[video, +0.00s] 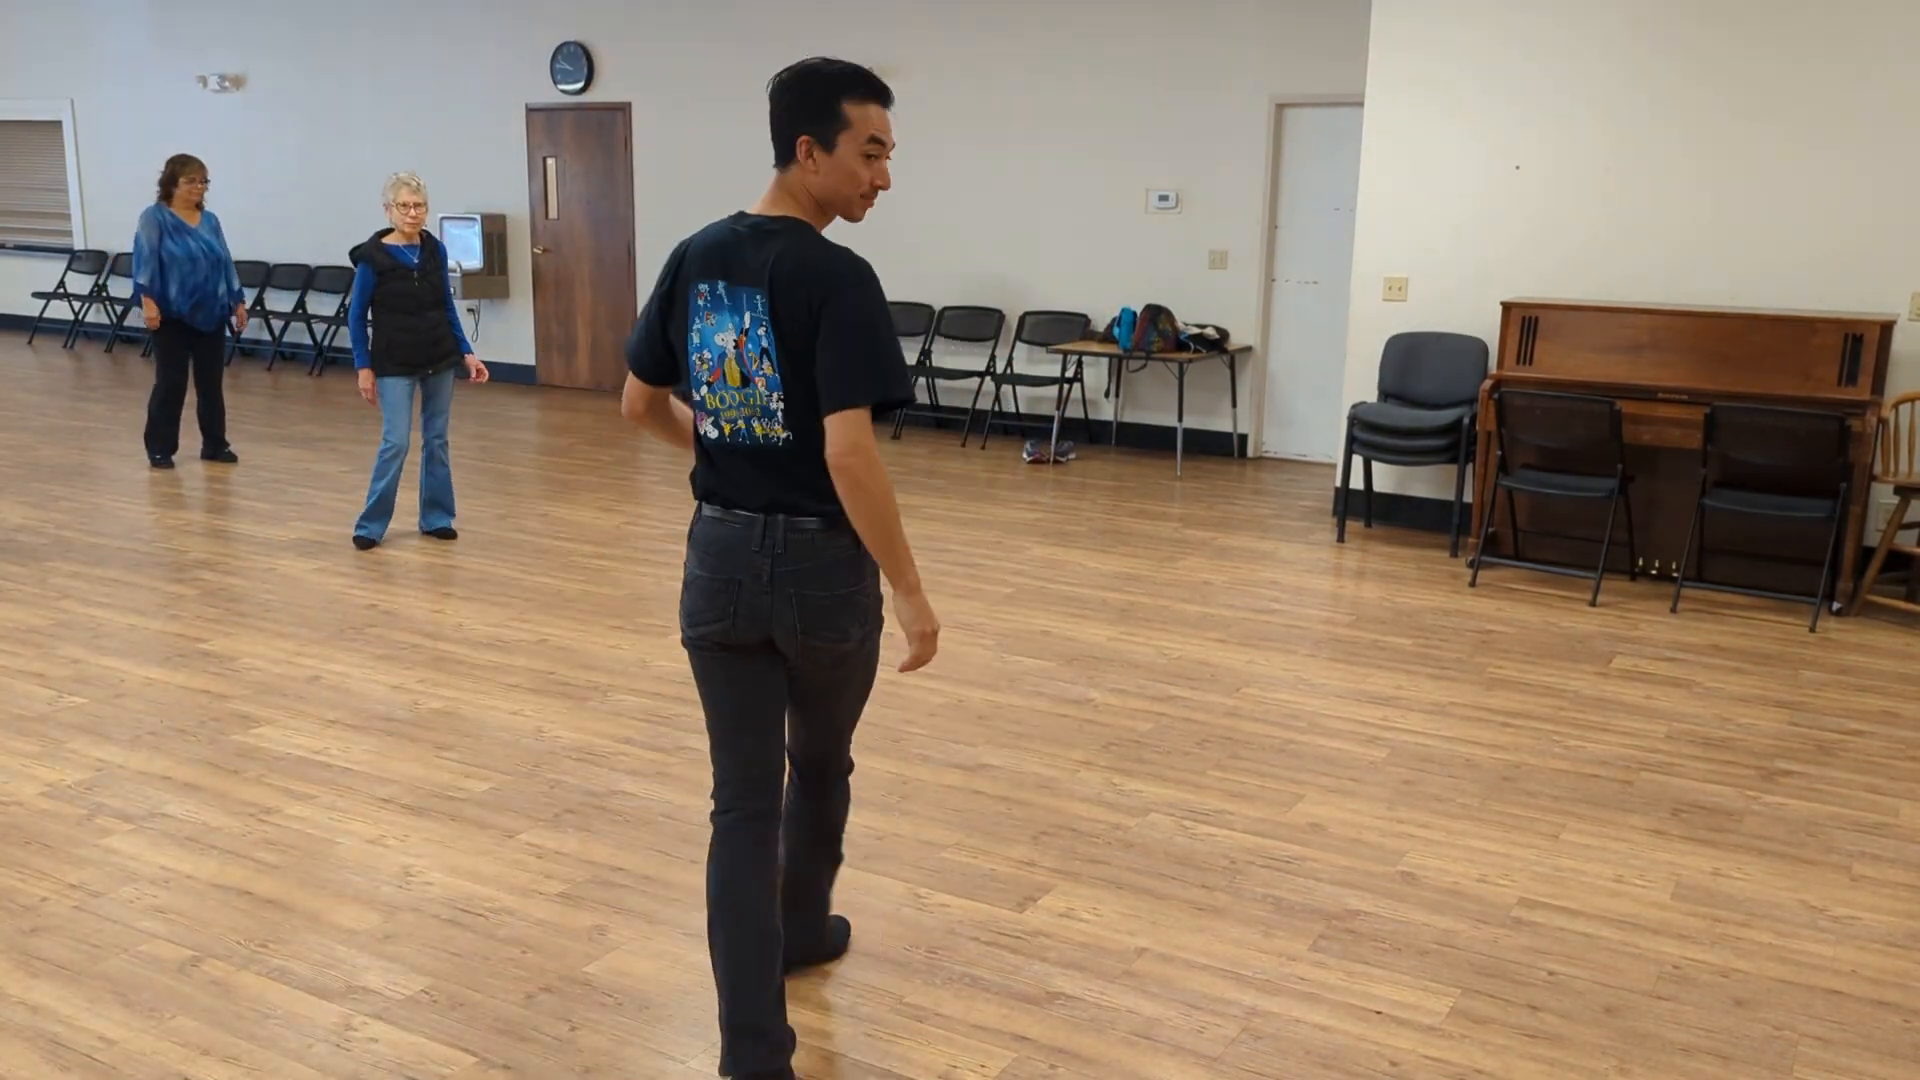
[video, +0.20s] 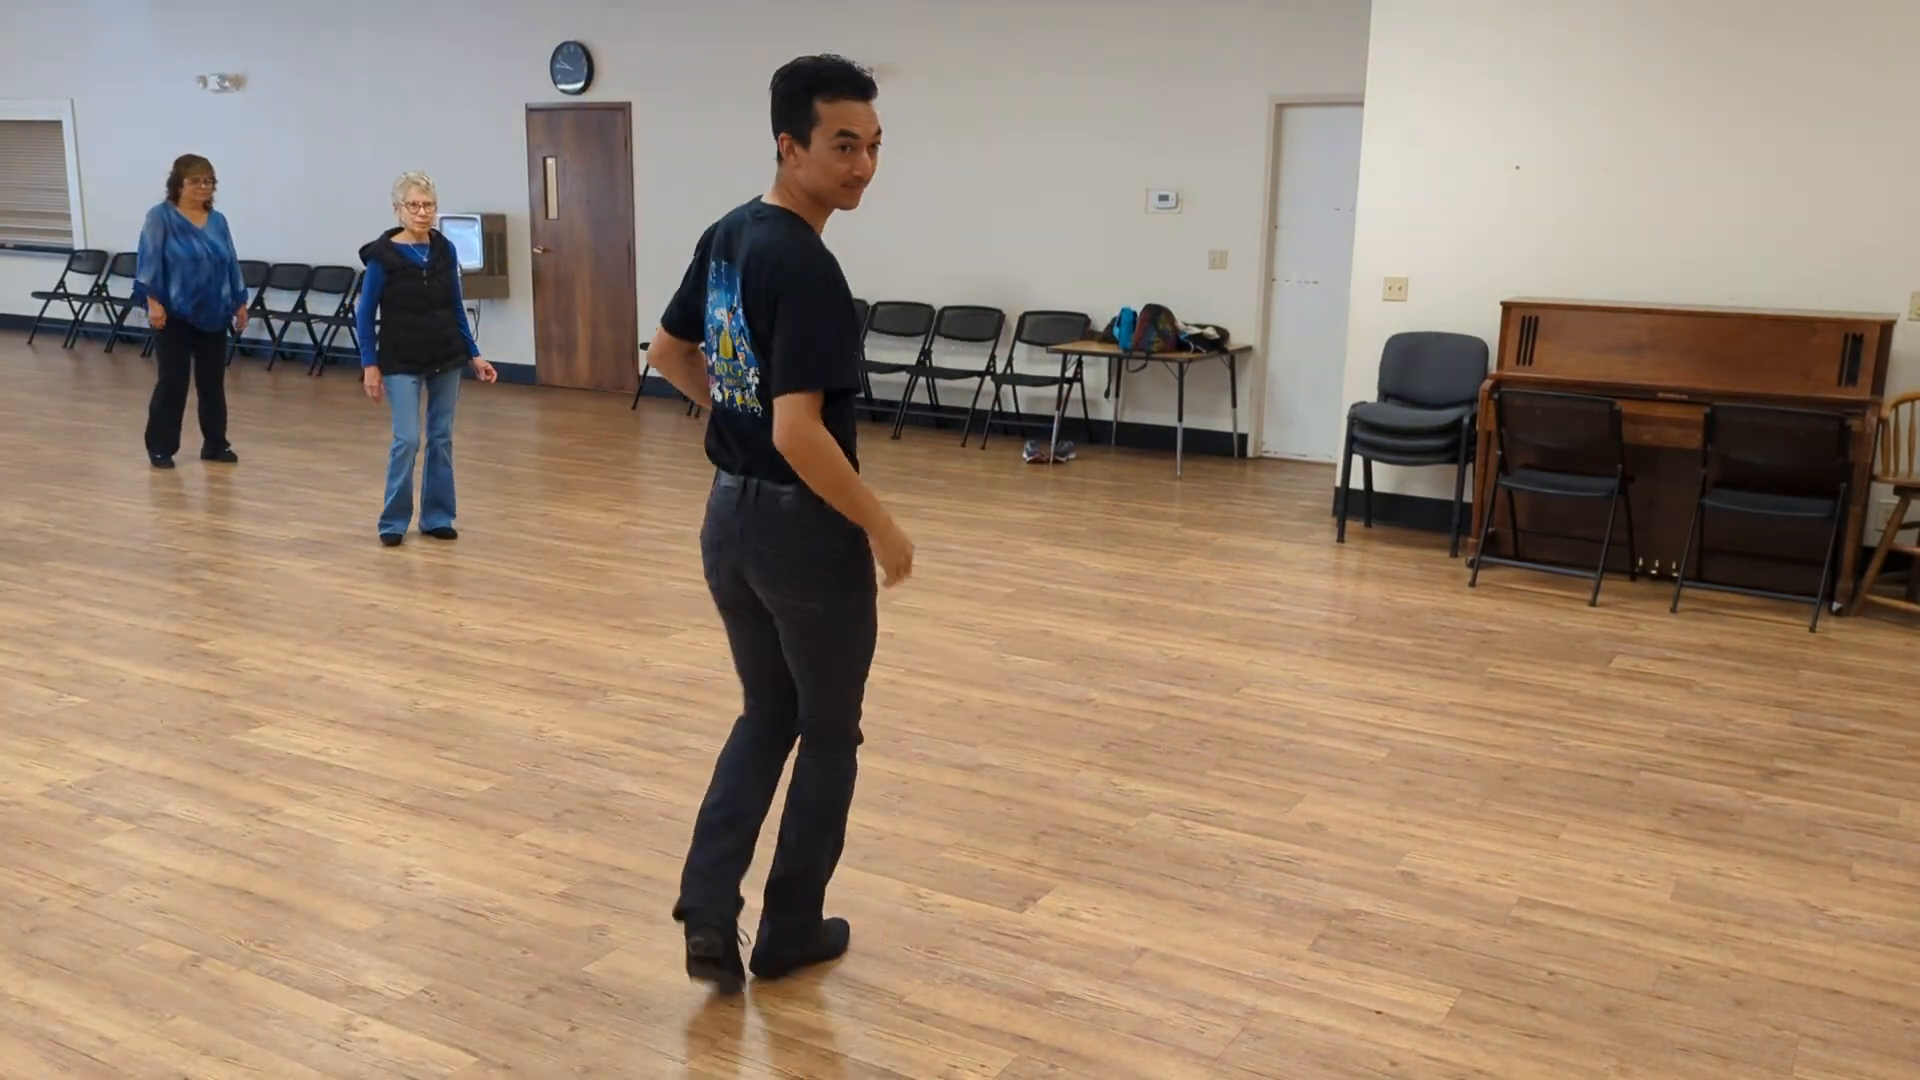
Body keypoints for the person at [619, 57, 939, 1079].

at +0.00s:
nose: (885, 172)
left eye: (887, 151)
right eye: (872, 149)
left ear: (801, 154)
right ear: (806, 149)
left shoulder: (698, 254)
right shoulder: (838, 278)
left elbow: (642, 398)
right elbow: (850, 450)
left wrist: (717, 440)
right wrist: (908, 589)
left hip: (719, 553)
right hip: (822, 560)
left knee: (742, 799)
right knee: (820, 754)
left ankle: (754, 1058)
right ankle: (801, 927)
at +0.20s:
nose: (867, 161)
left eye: (873, 143)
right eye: (849, 142)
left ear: (800, 150)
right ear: (790, 147)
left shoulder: (725, 235)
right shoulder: (810, 271)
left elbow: (671, 349)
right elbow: (795, 430)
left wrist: (732, 409)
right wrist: (881, 522)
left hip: (731, 521)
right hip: (807, 531)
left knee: (767, 715)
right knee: (830, 733)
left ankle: (706, 913)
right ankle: (790, 929)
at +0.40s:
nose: (830, 148)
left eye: (841, 131)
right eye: (810, 129)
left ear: (849, 138)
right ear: (764, 135)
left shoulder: (750, 226)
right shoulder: (765, 240)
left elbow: (705, 336)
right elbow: (731, 394)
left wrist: (791, 394)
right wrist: (829, 433)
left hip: (746, 491)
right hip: (780, 503)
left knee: (775, 665)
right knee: (824, 707)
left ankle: (732, 831)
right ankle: (773, 915)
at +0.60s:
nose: (799, 148)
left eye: (810, 132)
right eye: (779, 131)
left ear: (821, 141)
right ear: (741, 139)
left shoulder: (799, 238)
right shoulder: (705, 244)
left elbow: (782, 346)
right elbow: (652, 377)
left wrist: (811, 408)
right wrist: (758, 427)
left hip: (780, 490)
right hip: (722, 496)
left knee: (758, 668)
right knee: (764, 689)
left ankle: (738, 813)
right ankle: (759, 897)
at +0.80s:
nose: (762, 142)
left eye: (774, 127)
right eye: (743, 125)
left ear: (785, 135)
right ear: (705, 132)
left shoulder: (781, 233)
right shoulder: (663, 236)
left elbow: (779, 333)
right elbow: (590, 355)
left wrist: (776, 405)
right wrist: (695, 421)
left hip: (746, 484)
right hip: (673, 484)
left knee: (744, 655)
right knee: (686, 668)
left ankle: (735, 810)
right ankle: (640, 853)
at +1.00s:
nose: (706, 140)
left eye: (718, 126)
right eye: (688, 124)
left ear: (731, 136)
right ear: (649, 131)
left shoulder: (732, 230)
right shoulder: (608, 233)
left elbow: (744, 325)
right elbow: (541, 354)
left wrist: (736, 395)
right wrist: (642, 412)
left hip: (705, 475)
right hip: (624, 478)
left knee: (724, 648)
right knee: (600, 666)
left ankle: (734, 808)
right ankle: (572, 841)